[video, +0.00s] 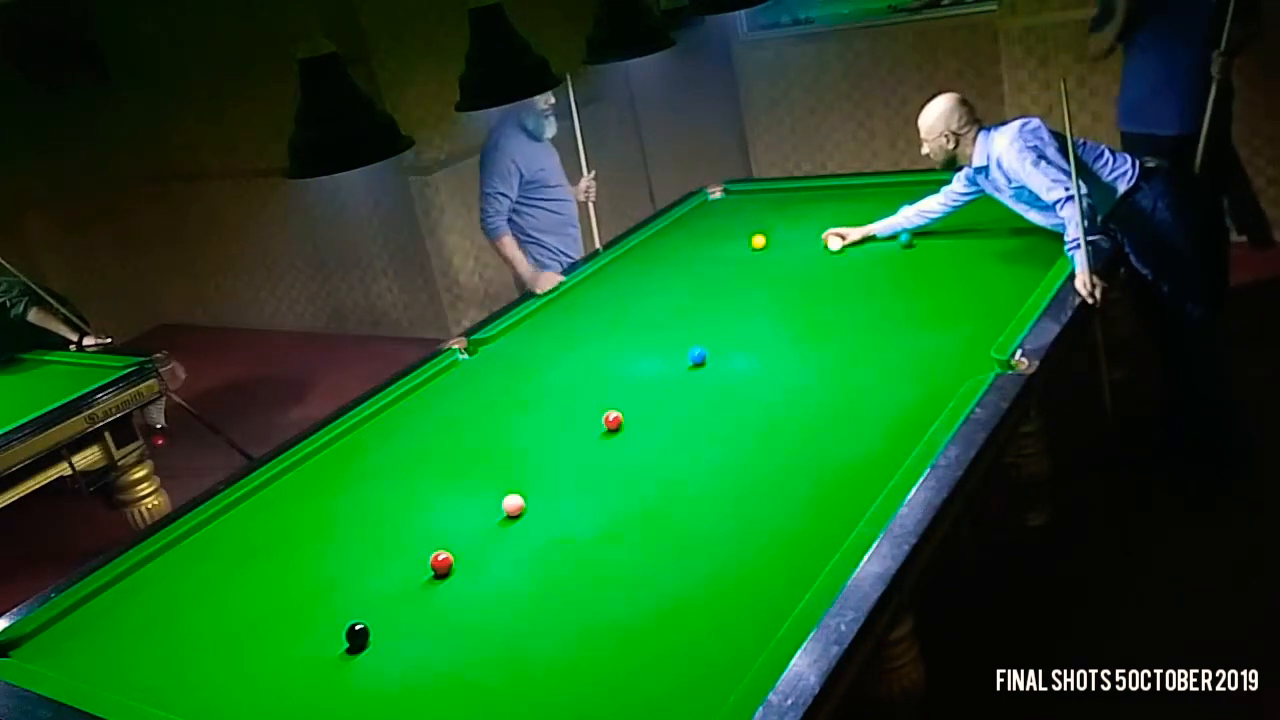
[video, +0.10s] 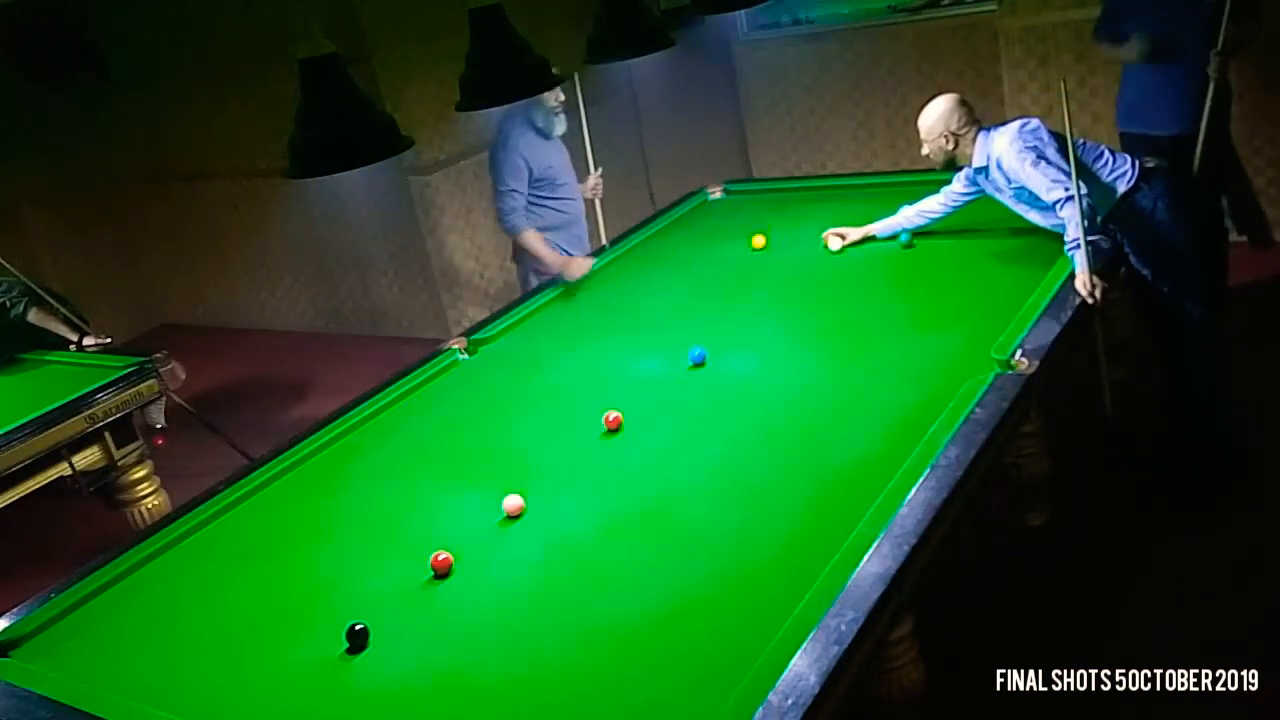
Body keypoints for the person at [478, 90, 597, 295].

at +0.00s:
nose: (551, 101)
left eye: (550, 92)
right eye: (540, 94)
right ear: (517, 102)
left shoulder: (532, 136)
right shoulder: (505, 146)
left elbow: (537, 195)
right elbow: (493, 221)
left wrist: (574, 193)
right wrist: (530, 275)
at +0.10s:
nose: (561, 98)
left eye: (559, 88)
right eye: (550, 91)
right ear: (528, 99)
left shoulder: (540, 130)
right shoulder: (512, 143)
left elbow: (545, 191)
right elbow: (512, 219)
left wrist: (581, 190)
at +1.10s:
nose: (715, 137)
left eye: (718, 128)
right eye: (706, 129)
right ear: (680, 124)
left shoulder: (672, 139)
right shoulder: (660, 157)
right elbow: (684, 230)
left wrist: (705, 185)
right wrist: (752, 248)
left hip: (623, 231)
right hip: (588, 237)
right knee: (578, 317)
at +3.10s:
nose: (634, 87)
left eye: (635, 78)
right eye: (622, 80)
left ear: (638, 77)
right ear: (598, 83)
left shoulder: (627, 120)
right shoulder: (580, 128)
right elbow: (551, 196)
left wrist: (631, 190)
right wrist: (572, 250)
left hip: (611, 236)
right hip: (578, 245)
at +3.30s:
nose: (585, 84)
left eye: (586, 76)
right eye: (574, 78)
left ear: (589, 78)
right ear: (557, 83)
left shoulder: (587, 121)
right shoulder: (539, 132)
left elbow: (587, 173)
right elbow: (516, 201)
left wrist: (620, 192)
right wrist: (535, 260)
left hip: (601, 244)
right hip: (566, 258)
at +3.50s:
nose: (536, 101)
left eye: (538, 95)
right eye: (526, 97)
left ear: (543, 95)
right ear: (510, 103)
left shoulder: (544, 132)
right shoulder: (495, 146)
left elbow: (554, 179)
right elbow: (489, 219)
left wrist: (596, 197)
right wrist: (534, 264)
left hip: (572, 253)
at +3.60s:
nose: (519, 104)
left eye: (520, 98)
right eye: (508, 101)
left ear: (523, 100)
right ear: (490, 106)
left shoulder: (522, 139)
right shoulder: (472, 155)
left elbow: (536, 183)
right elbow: (476, 228)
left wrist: (583, 201)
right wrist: (530, 266)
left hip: (553, 274)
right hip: (509, 286)